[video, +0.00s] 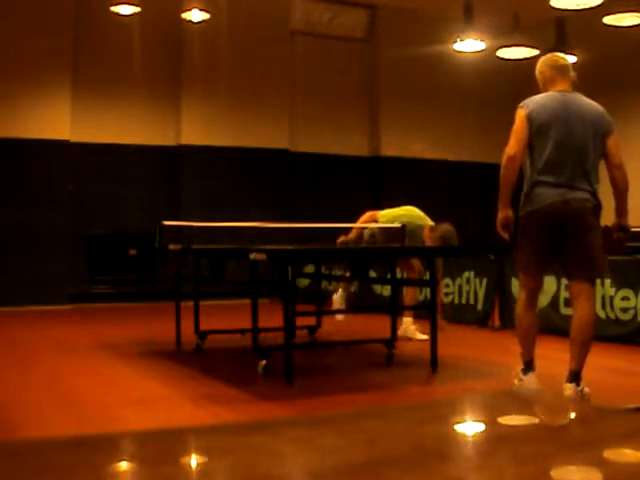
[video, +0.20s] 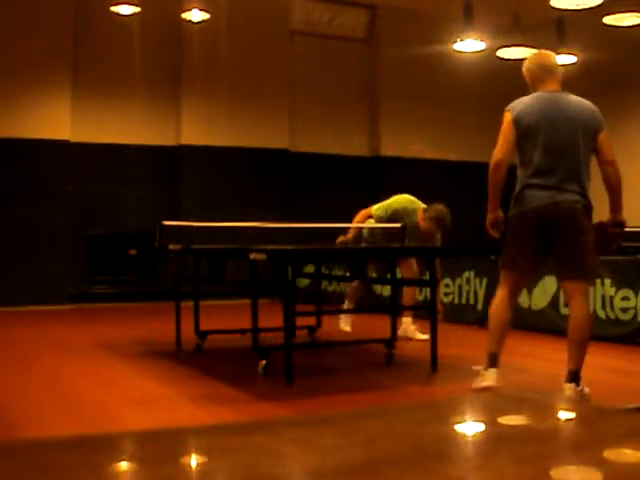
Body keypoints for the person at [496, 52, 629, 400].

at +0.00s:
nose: (539, 85)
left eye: (538, 80)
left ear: (542, 80)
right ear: (572, 78)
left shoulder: (530, 108)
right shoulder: (597, 112)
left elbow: (512, 155)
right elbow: (617, 170)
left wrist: (504, 205)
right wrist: (621, 217)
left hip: (538, 210)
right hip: (582, 212)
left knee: (529, 293)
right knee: (583, 295)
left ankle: (527, 370)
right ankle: (574, 380)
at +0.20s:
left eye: (526, 78)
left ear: (528, 79)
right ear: (559, 76)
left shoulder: (518, 109)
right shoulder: (588, 111)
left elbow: (499, 160)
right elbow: (609, 165)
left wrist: (493, 207)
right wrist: (617, 213)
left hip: (529, 215)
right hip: (573, 215)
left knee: (507, 288)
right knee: (578, 295)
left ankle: (490, 368)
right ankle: (573, 381)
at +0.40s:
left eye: (506, 76)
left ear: (507, 79)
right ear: (539, 75)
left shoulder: (495, 112)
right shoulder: (566, 111)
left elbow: (478, 165)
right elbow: (589, 163)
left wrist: (478, 208)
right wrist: (605, 211)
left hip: (509, 217)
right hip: (554, 217)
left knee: (493, 293)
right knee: (567, 296)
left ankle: (477, 377)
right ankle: (572, 380)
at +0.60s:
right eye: (511, 72)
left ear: (483, 81)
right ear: (513, 75)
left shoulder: (470, 112)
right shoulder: (543, 110)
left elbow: (452, 164)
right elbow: (563, 163)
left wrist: (458, 204)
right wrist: (579, 211)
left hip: (485, 215)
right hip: (530, 215)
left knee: (479, 292)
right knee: (551, 293)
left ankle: (475, 376)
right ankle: (567, 378)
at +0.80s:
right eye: (494, 72)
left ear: (466, 81)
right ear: (495, 75)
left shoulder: (453, 111)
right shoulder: (524, 106)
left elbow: (434, 161)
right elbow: (545, 157)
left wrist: (444, 208)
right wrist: (556, 209)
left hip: (469, 211)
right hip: (512, 210)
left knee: (471, 290)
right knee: (537, 286)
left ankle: (474, 375)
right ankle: (535, 371)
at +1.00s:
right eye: (484, 71)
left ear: (457, 79)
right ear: (487, 74)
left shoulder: (444, 112)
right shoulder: (515, 106)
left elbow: (429, 166)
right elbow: (536, 155)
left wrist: (432, 207)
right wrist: (546, 208)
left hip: (460, 210)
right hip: (503, 209)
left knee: (465, 288)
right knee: (517, 289)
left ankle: (472, 372)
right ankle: (485, 358)